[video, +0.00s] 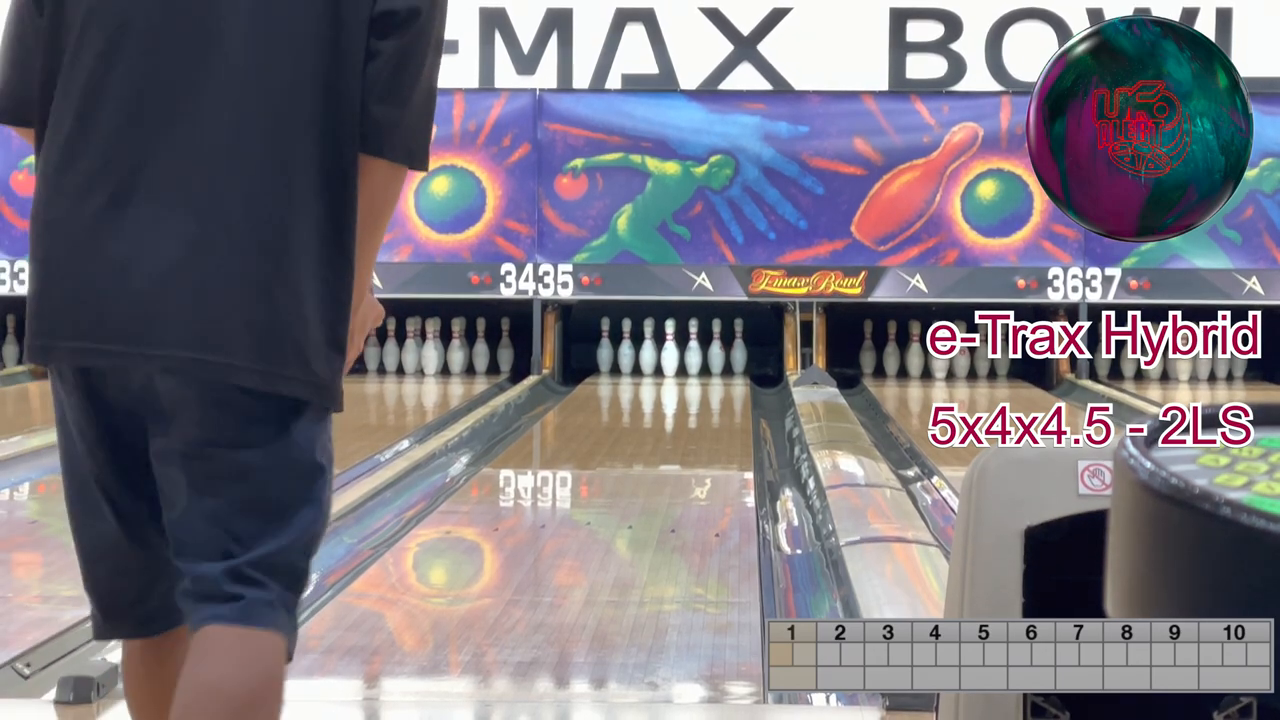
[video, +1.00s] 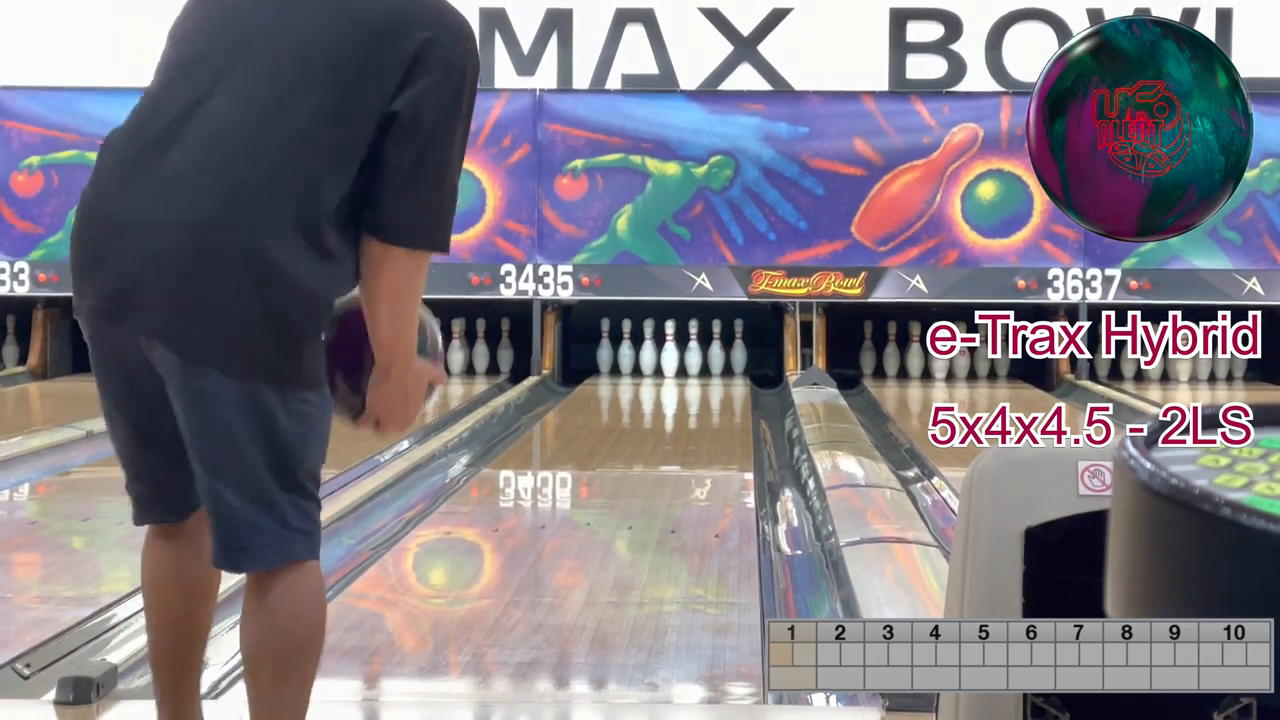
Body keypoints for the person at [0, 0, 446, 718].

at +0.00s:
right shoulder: (395, 7)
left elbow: (26, 94)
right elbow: (392, 117)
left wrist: (128, 189)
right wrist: (353, 280)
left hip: (84, 274)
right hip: (259, 280)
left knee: (144, 609)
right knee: (243, 599)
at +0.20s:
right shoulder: (398, 4)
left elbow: (49, 97)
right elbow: (394, 122)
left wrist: (144, 215)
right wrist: (360, 268)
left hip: (89, 263)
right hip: (264, 265)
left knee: (165, 591)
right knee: (302, 558)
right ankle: (267, 711)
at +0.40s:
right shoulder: (409, 5)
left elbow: (76, 92)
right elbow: (404, 115)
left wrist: (74, 275)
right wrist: (373, 258)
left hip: (108, 256)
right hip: (278, 264)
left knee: (168, 579)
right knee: (297, 561)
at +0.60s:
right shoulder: (417, 4)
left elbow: (94, 103)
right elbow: (410, 130)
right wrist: (382, 262)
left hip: (131, 258)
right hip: (296, 270)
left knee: (177, 556)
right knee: (284, 546)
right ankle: (287, 712)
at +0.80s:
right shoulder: (428, 6)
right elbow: (407, 167)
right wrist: (391, 289)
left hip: (124, 257)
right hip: (282, 272)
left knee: (152, 531)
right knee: (282, 545)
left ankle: (183, 710)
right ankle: (276, 714)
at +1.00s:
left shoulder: (225, 7)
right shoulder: (434, 29)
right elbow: (397, 230)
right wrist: (395, 378)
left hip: (108, 248)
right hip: (242, 275)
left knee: (173, 516)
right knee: (280, 551)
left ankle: (178, 712)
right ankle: (274, 714)